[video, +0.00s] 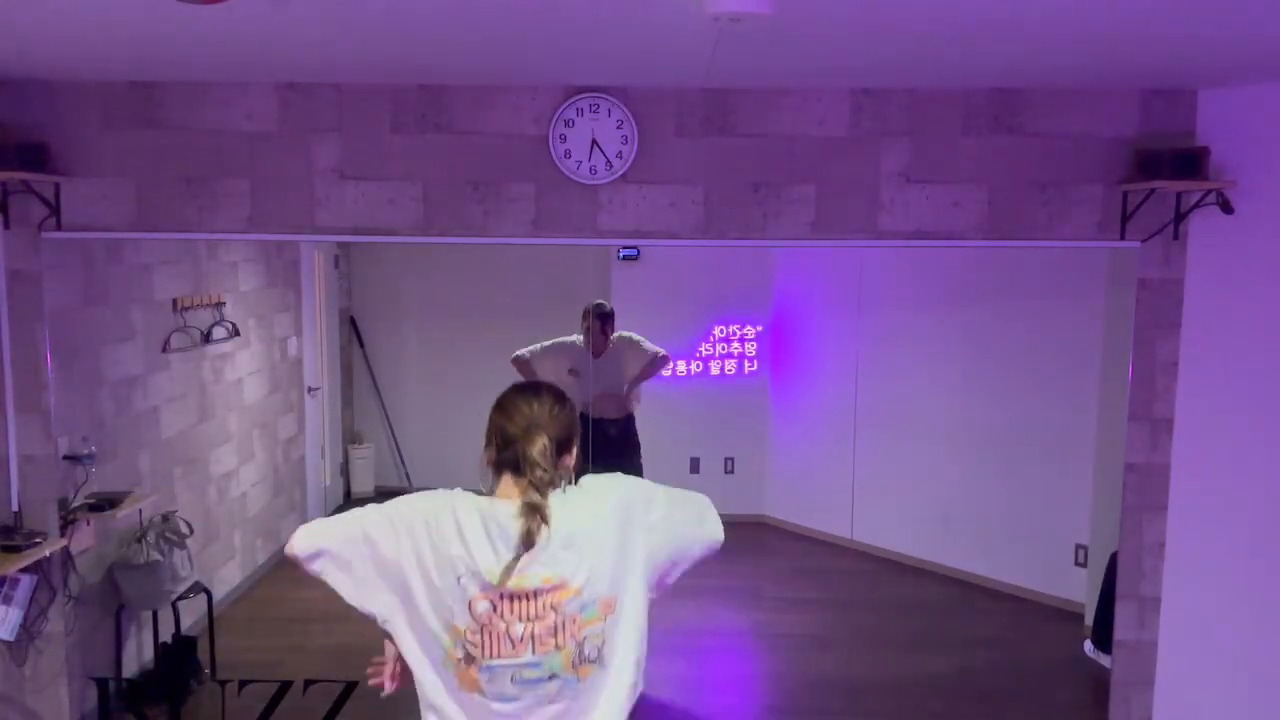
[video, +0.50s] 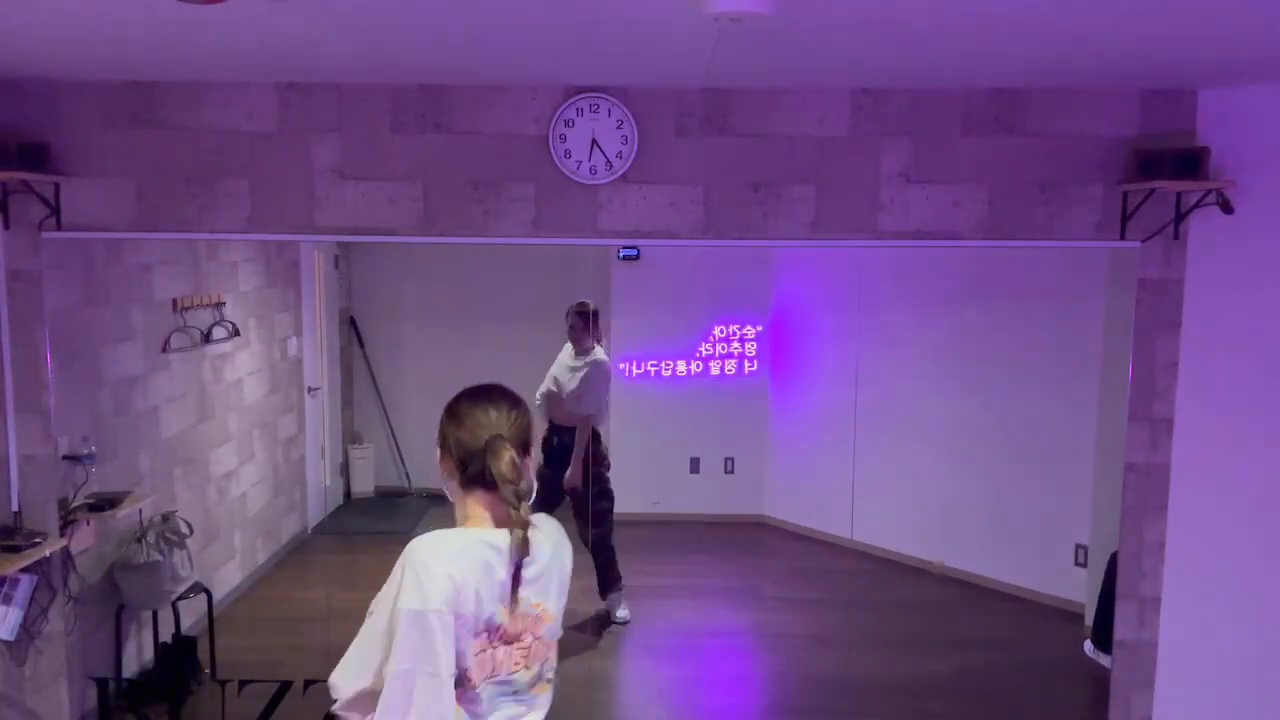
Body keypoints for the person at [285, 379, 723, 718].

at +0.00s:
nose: (577, 458)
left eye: (574, 449)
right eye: (576, 450)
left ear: (489, 451)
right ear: (568, 457)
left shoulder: (435, 517)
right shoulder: (615, 503)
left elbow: (305, 544)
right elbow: (708, 526)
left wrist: (399, 626)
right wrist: (632, 580)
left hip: (466, 707)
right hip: (588, 706)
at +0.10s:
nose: (477, 440)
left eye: (477, 428)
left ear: (484, 439)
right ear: (569, 440)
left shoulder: (439, 505)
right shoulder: (605, 485)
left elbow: (317, 595)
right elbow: (685, 524)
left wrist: (368, 676)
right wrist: (615, 582)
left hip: (466, 712)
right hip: (589, 709)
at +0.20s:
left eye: (477, 423)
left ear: (484, 433)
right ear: (566, 435)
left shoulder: (437, 508)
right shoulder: (602, 486)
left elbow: (353, 657)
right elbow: (639, 579)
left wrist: (354, 715)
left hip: (460, 710)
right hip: (587, 709)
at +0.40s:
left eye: (457, 429)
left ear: (464, 444)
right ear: (548, 441)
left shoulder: (434, 549)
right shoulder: (584, 521)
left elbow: (413, 696)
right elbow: (586, 631)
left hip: (470, 711)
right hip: (565, 709)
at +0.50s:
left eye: (437, 449)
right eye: (535, 448)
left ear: (444, 464)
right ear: (527, 462)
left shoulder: (430, 558)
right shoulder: (553, 540)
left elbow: (416, 693)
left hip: (452, 712)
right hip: (531, 710)